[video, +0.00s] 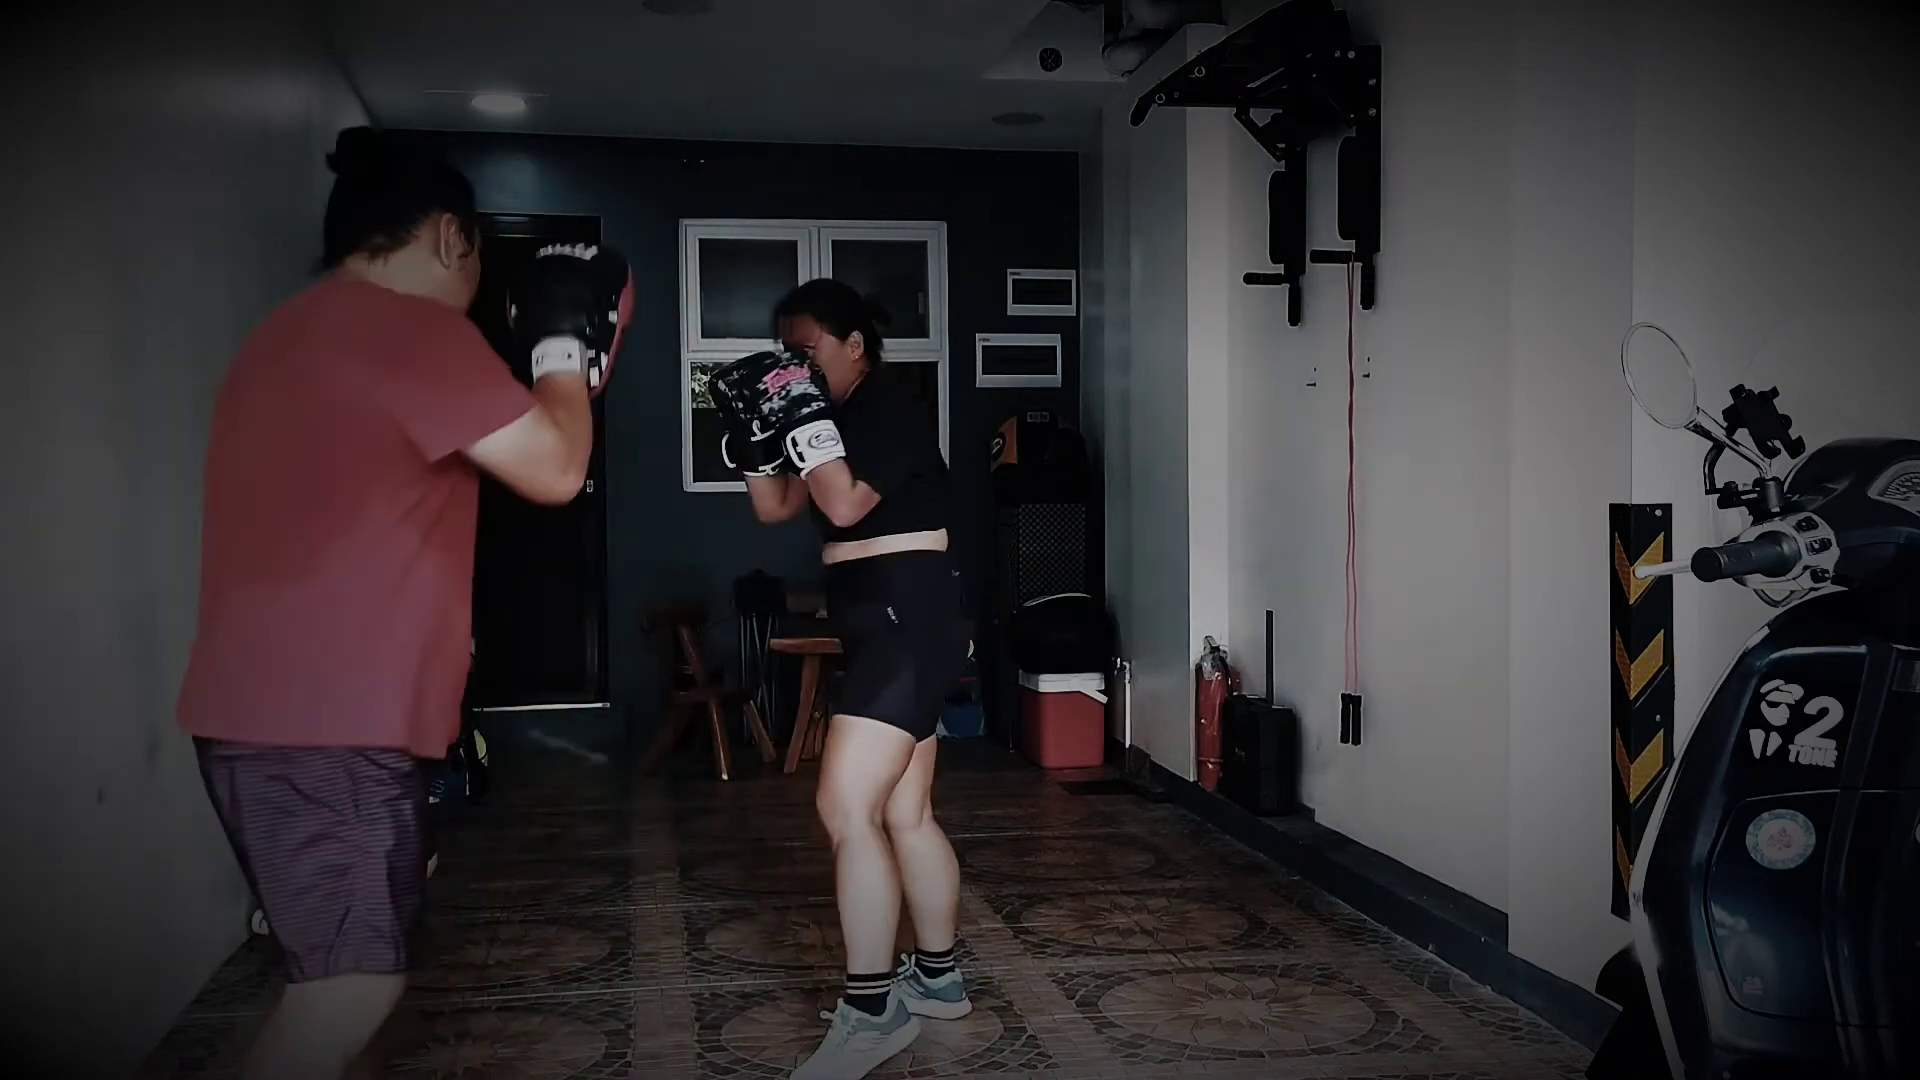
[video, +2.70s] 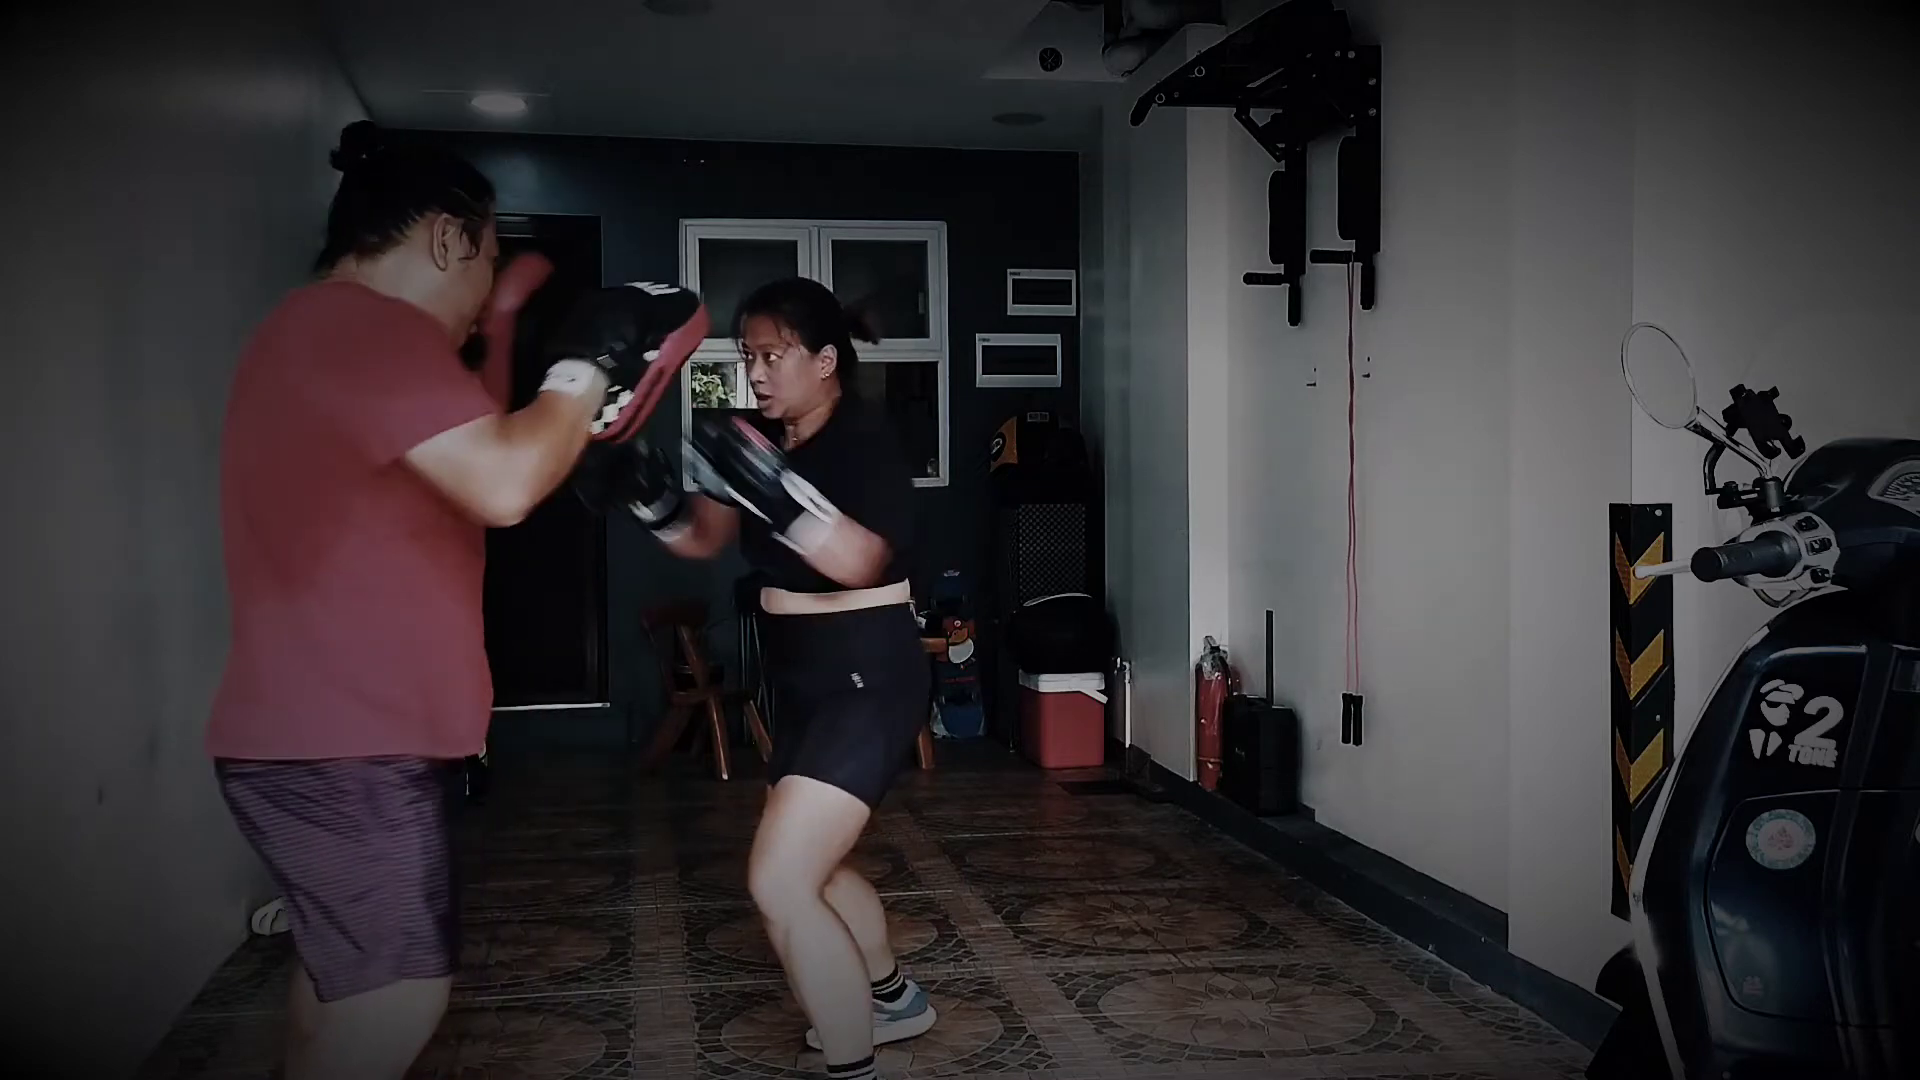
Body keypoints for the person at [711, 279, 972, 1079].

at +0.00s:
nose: (800, 366)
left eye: (809, 349)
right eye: (794, 355)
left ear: (853, 340)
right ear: (822, 355)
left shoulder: (897, 397)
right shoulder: (835, 412)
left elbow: (845, 504)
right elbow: (772, 507)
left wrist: (802, 416)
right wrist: (755, 432)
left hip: (909, 620)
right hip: (884, 622)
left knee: (845, 807)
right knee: (909, 815)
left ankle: (868, 1009)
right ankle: (940, 976)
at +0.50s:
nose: (824, 390)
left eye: (841, 375)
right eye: (815, 377)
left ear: (889, 380)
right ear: (807, 386)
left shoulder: (930, 465)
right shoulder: (801, 464)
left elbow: (917, 585)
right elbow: (734, 540)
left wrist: (866, 492)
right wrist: (720, 471)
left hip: (910, 679)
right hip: (821, 674)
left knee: (855, 849)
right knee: (785, 866)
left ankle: (874, 1054)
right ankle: (906, 926)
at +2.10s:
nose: (746, 383)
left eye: (761, 367)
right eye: (739, 369)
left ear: (808, 371)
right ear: (736, 377)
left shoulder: (841, 442)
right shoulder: (751, 463)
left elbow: (894, 553)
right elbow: (724, 567)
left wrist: (816, 489)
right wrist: (694, 524)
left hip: (863, 656)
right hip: (809, 661)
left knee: (732, 811)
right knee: (797, 847)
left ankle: (826, 1004)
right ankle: (871, 991)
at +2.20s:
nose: (728, 377)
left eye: (741, 358)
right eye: (721, 365)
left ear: (791, 357)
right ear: (727, 371)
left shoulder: (812, 414)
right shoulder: (798, 434)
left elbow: (771, 469)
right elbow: (779, 559)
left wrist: (690, 405)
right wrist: (721, 523)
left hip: (848, 649)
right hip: (881, 648)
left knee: (748, 841)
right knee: (823, 840)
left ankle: (849, 1033)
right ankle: (871, 990)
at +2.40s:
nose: (743, 362)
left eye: (758, 344)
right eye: (739, 347)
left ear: (812, 348)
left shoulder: (852, 422)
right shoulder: (754, 436)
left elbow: (805, 529)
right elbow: (752, 562)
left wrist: (713, 468)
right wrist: (703, 512)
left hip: (869, 666)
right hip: (794, 664)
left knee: (809, 886)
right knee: (777, 838)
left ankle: (857, 1068)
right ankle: (873, 983)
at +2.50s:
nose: (758, 364)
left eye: (777, 349)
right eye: (755, 347)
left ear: (833, 356)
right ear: (752, 351)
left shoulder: (884, 447)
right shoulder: (743, 433)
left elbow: (929, 580)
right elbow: (617, 455)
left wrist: (833, 536)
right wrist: (614, 370)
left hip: (878, 670)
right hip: (790, 673)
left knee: (831, 880)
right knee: (774, 868)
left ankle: (861, 1066)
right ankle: (884, 990)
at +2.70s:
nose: (755, 373)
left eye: (771, 355)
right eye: (748, 357)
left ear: (826, 358)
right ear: (748, 363)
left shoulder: (867, 442)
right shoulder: (764, 452)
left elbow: (863, 563)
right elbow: (706, 537)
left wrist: (778, 495)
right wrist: (649, 497)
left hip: (870, 674)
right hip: (800, 674)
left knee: (780, 880)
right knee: (816, 862)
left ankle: (854, 1069)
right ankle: (889, 993)